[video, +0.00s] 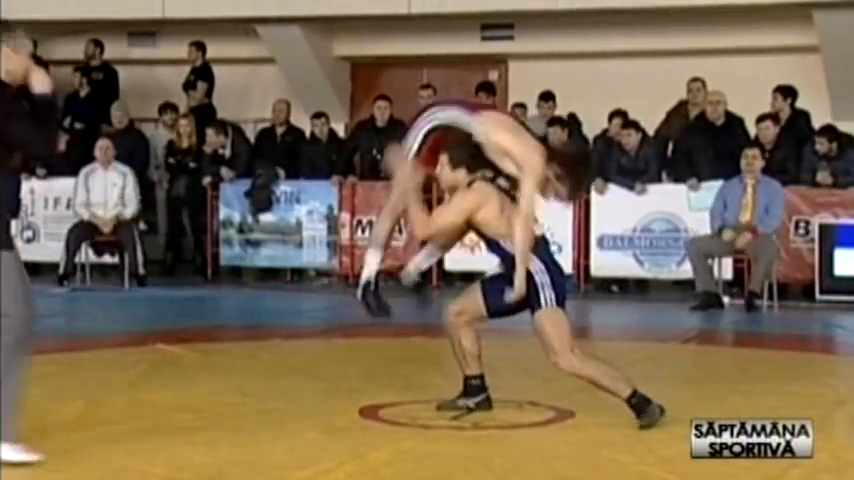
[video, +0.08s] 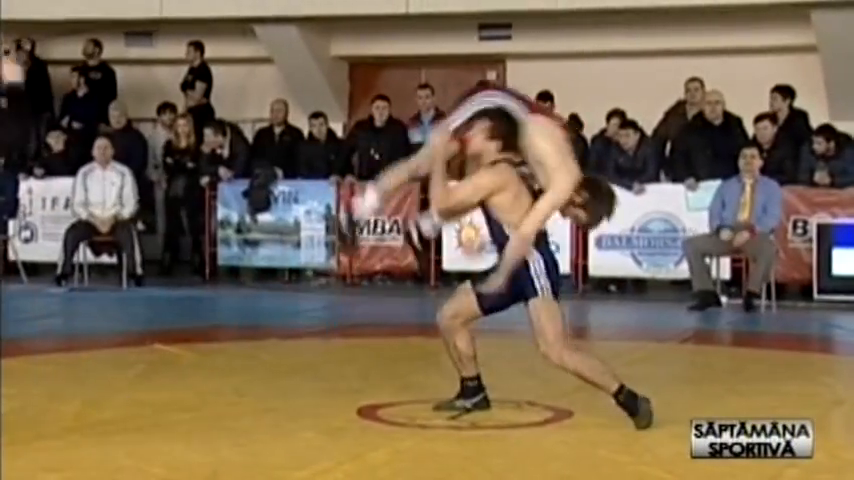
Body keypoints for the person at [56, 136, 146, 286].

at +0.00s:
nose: (104, 153)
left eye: (107, 149)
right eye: (100, 149)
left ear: (113, 152)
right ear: (95, 152)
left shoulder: (126, 172)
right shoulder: (85, 173)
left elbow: (133, 203)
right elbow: (79, 204)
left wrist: (118, 217)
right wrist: (93, 219)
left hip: (117, 216)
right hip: (94, 216)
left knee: (130, 233)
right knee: (74, 233)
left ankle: (138, 273)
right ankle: (65, 271)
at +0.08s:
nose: (102, 152)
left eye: (106, 148)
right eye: (98, 148)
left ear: (112, 151)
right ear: (93, 152)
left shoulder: (124, 172)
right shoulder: (84, 173)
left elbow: (131, 202)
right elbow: (77, 203)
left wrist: (117, 217)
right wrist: (91, 219)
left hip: (115, 215)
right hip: (92, 216)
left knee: (128, 233)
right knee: (72, 233)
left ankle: (135, 273)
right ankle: (64, 271)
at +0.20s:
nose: (99, 152)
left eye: (103, 148)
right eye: (96, 148)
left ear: (109, 151)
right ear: (90, 152)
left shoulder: (121, 172)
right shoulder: (81, 173)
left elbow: (127, 202)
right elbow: (75, 203)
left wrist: (113, 218)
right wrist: (88, 219)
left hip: (112, 216)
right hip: (89, 216)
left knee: (125, 234)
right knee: (69, 233)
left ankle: (131, 273)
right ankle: (61, 272)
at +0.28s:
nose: (98, 151)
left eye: (101, 148)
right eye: (94, 148)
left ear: (108, 151)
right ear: (88, 152)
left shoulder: (119, 172)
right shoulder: (79, 172)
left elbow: (125, 202)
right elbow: (73, 202)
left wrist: (111, 218)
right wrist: (86, 219)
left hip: (110, 216)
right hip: (87, 216)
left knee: (123, 234)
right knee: (67, 233)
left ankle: (130, 273)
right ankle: (59, 271)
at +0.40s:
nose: (93, 151)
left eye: (97, 147)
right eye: (89, 147)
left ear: (103, 150)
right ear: (83, 151)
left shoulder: (114, 172)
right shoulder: (74, 172)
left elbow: (120, 202)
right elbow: (68, 202)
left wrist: (107, 218)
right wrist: (81, 219)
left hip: (105, 215)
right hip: (82, 215)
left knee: (118, 234)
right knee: (61, 233)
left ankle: (125, 273)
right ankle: (54, 272)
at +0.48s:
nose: (86, 151)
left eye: (90, 147)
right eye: (82, 147)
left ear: (96, 150)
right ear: (77, 151)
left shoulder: (108, 172)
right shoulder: (67, 172)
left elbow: (115, 200)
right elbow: (62, 202)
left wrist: (102, 218)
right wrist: (74, 219)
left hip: (99, 215)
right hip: (76, 215)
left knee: (113, 233)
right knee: (55, 232)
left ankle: (118, 273)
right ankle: (48, 271)